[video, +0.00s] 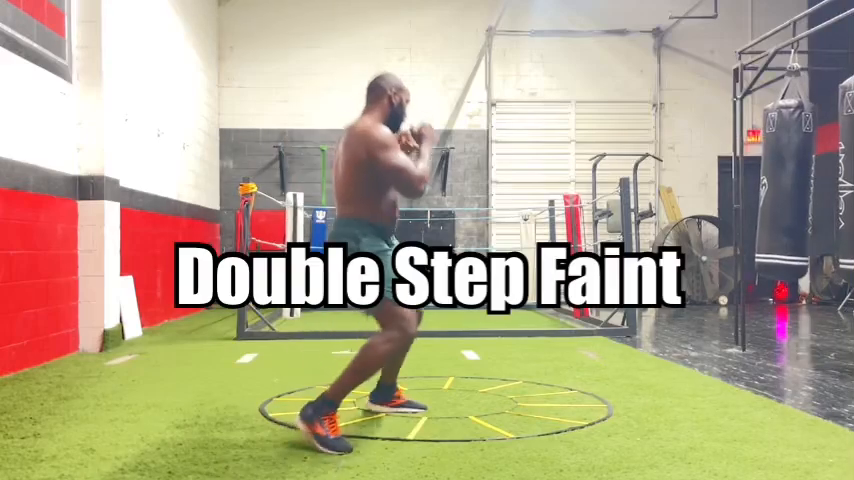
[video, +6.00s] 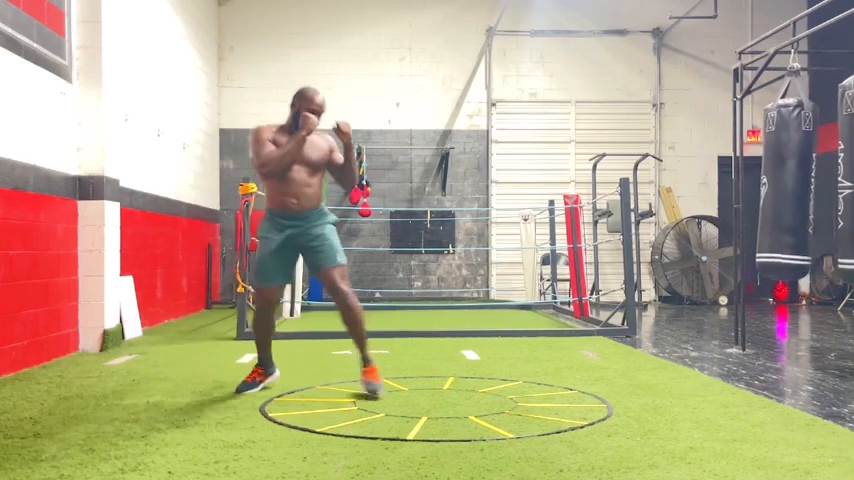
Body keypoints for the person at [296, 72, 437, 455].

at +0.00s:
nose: (407, 110)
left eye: (407, 104)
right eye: (405, 103)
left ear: (378, 96)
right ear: (390, 96)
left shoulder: (363, 130)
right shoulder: (372, 132)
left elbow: (386, 182)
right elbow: (417, 183)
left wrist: (407, 151)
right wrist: (428, 148)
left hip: (372, 237)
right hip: (362, 239)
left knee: (409, 317)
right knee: (399, 329)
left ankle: (386, 391)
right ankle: (321, 409)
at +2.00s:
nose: (356, 111)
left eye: (358, 105)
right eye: (353, 103)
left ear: (335, 97)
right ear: (333, 96)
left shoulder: (333, 136)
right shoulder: (303, 129)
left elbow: (337, 176)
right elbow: (344, 171)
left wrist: (362, 149)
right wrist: (365, 139)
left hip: (337, 237)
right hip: (297, 239)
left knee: (372, 311)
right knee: (293, 329)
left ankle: (380, 381)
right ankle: (228, 406)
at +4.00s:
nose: (317, 119)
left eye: (319, 113)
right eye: (312, 112)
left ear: (316, 112)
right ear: (291, 107)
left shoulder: (318, 149)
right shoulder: (260, 143)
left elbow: (339, 188)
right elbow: (268, 187)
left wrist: (354, 160)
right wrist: (305, 150)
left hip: (318, 237)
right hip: (273, 241)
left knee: (354, 307)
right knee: (245, 320)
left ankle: (388, 377)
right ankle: (217, 380)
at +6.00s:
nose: (313, 119)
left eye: (318, 115)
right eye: (310, 113)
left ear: (320, 116)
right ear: (294, 108)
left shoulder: (325, 144)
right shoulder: (265, 134)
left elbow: (349, 182)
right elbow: (266, 168)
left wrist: (348, 147)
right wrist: (301, 136)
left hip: (316, 224)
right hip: (276, 226)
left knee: (341, 289)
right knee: (264, 302)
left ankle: (367, 362)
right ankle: (265, 366)